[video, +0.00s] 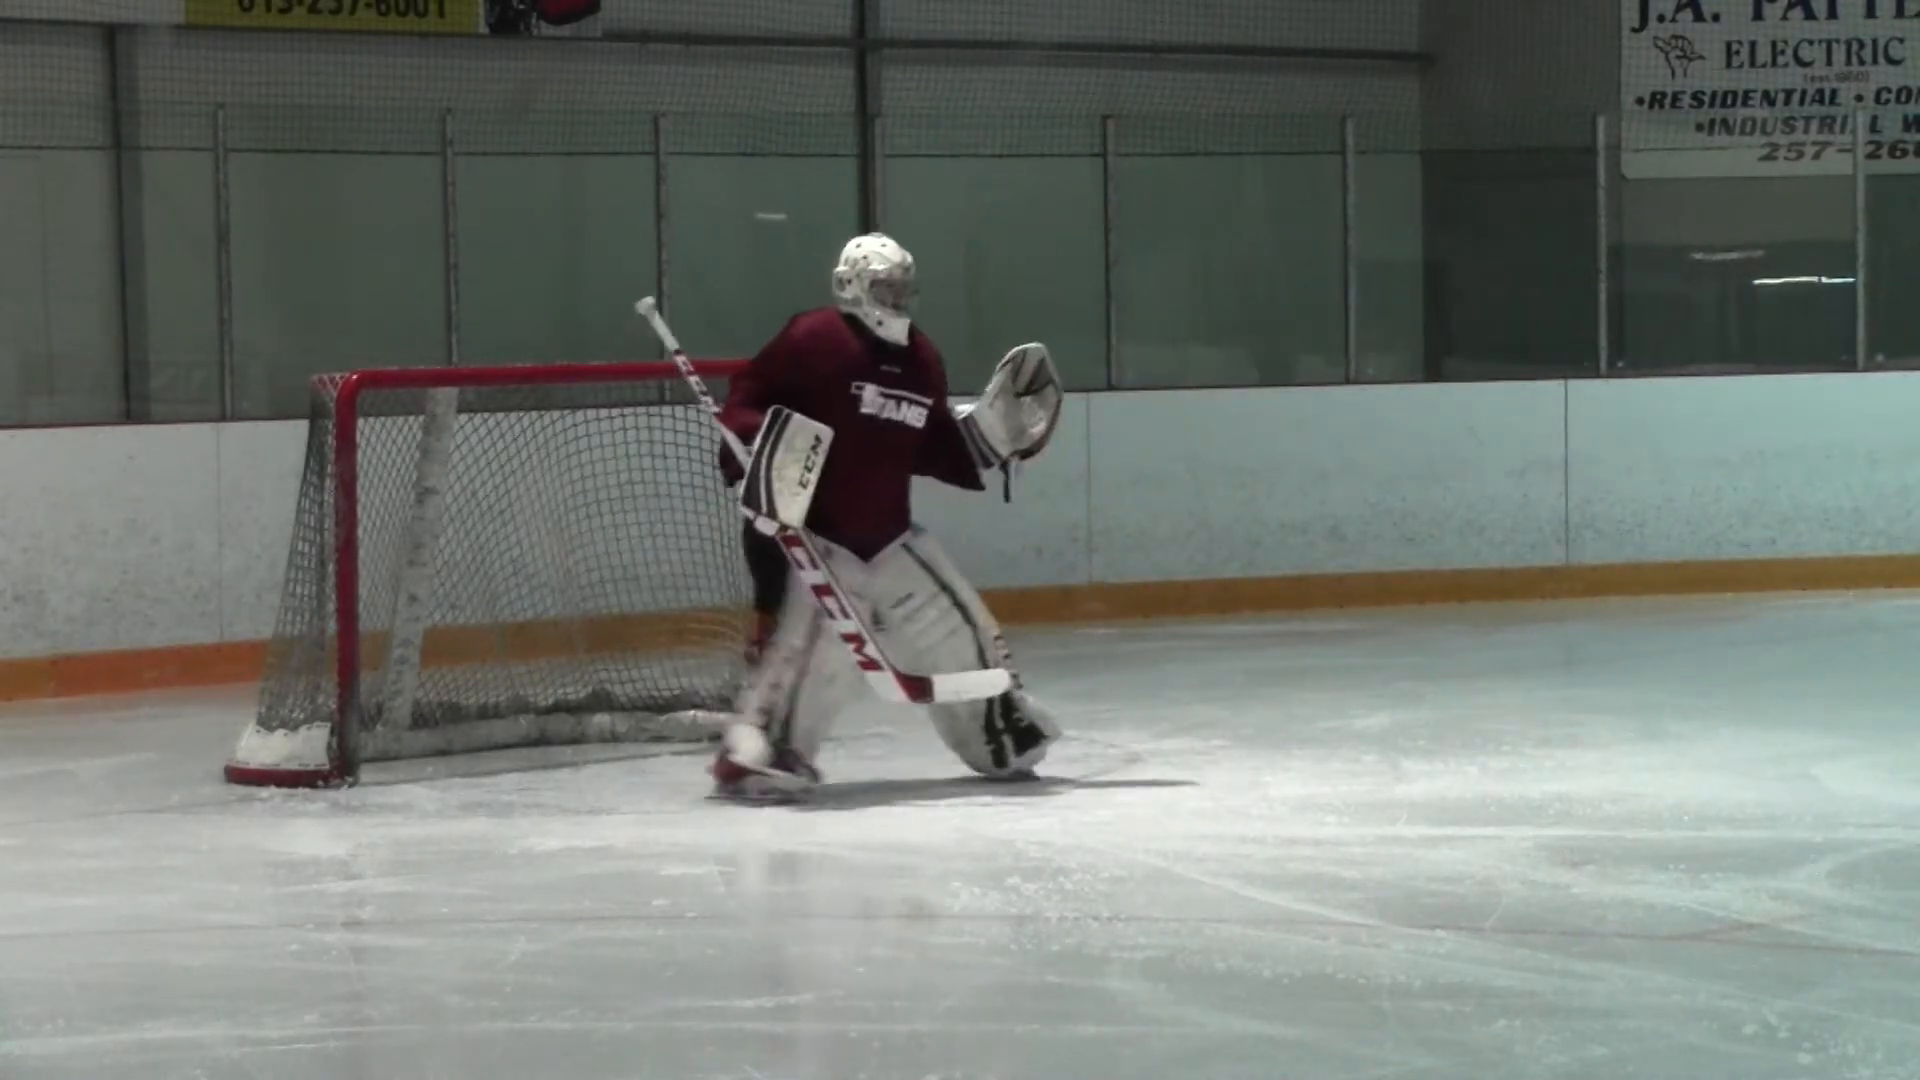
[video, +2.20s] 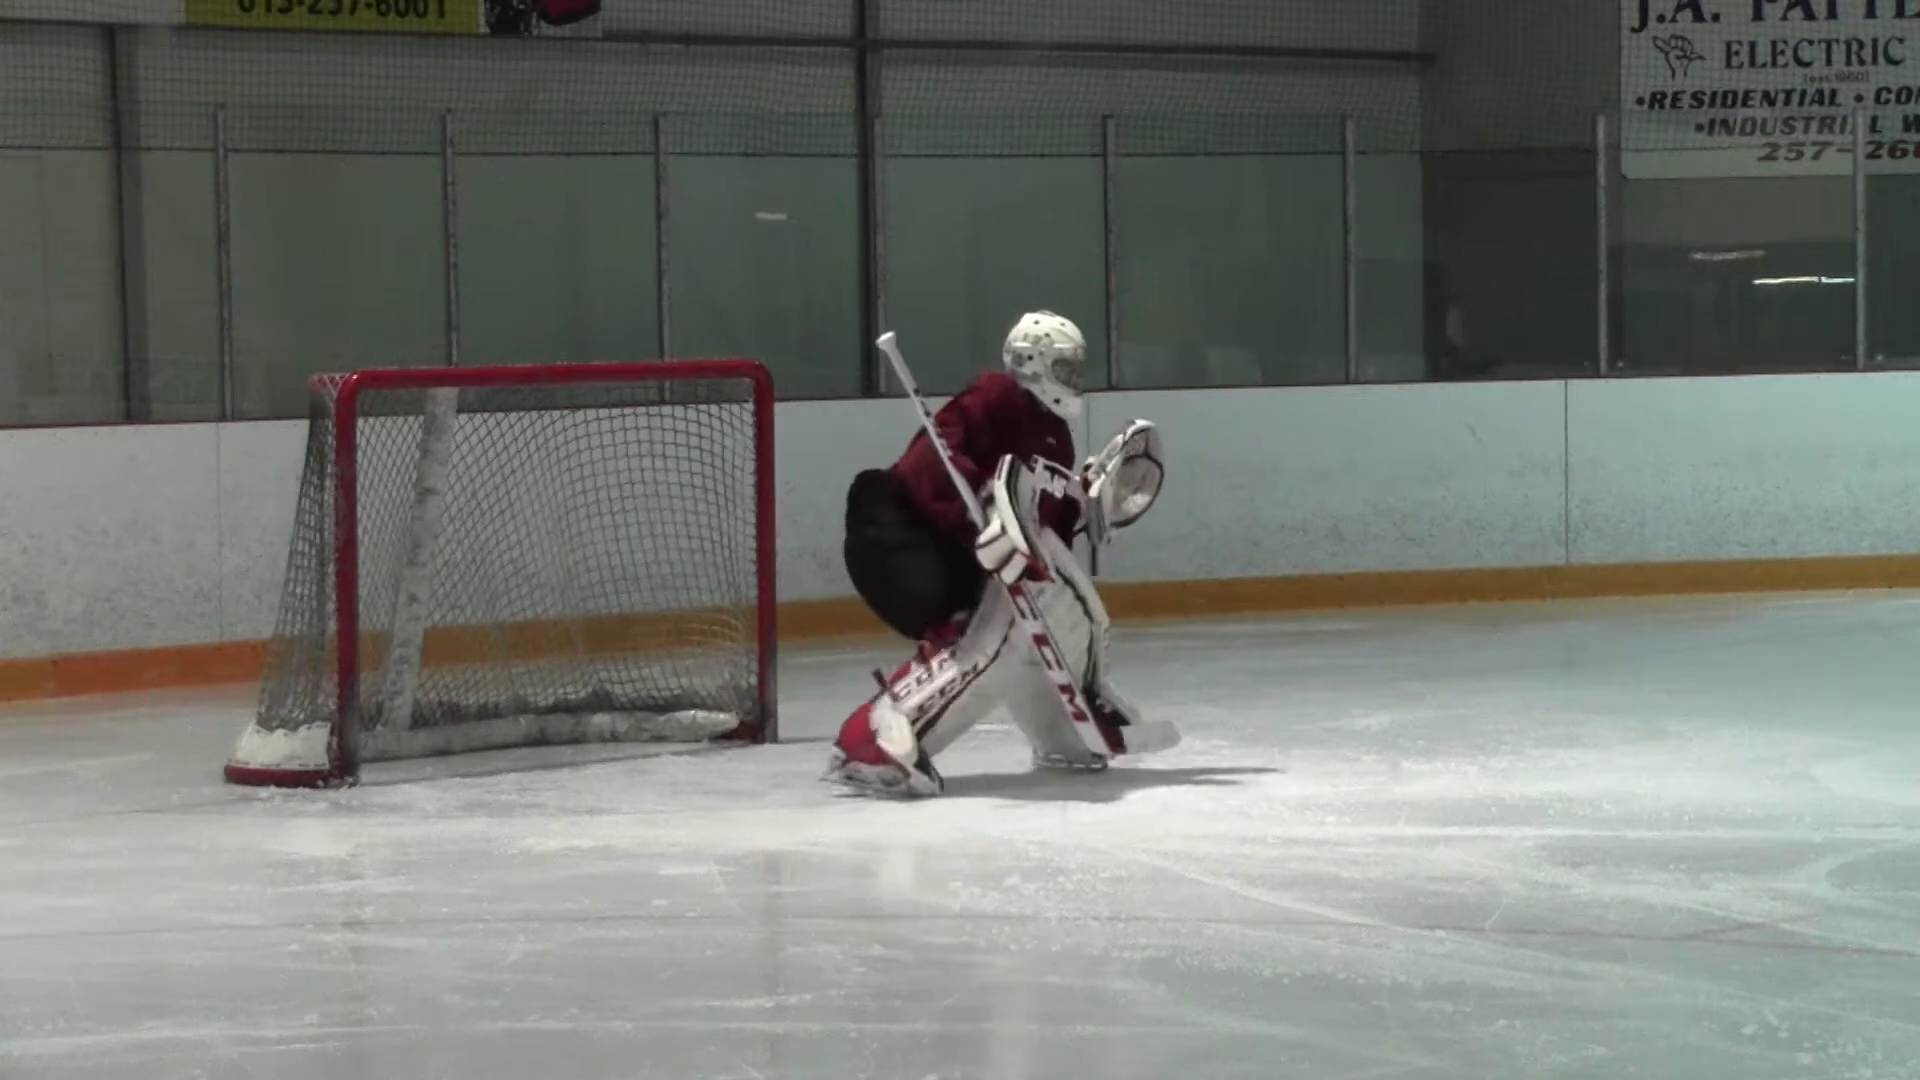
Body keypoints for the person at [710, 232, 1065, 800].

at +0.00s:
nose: (897, 301)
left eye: (903, 290)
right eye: (884, 289)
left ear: (910, 291)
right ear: (851, 289)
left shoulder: (920, 359)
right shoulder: (814, 339)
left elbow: (927, 447)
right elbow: (740, 407)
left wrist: (994, 433)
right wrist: (765, 455)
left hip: (888, 539)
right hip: (812, 537)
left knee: (955, 629)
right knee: (806, 656)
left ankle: (1000, 743)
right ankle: (760, 761)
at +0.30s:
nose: (954, 289)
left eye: (961, 277)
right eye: (941, 277)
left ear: (970, 278)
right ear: (908, 277)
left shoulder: (990, 350)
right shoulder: (877, 332)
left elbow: (1001, 444)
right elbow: (802, 400)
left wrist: (1064, 420)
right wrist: (832, 451)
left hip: (966, 529)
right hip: (887, 522)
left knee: (1026, 628)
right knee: (887, 636)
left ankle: (1056, 753)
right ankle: (844, 769)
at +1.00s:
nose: (929, 312)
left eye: (939, 300)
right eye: (917, 297)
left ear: (951, 300)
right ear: (884, 295)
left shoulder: (963, 368)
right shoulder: (849, 346)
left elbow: (964, 463)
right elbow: (769, 417)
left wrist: (1031, 441)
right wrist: (798, 471)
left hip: (917, 540)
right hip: (843, 532)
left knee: (973, 632)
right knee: (842, 647)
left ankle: (1005, 756)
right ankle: (759, 763)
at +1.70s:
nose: (1000, 361)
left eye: (1005, 350)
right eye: (988, 348)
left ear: (1011, 350)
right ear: (953, 347)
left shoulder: (1006, 420)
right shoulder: (912, 390)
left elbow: (1003, 500)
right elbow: (829, 440)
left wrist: (1054, 502)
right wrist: (858, 495)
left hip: (964, 548)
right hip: (891, 555)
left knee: (1014, 638)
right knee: (867, 669)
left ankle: (1029, 753)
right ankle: (794, 762)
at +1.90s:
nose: (1048, 367)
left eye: (1052, 355)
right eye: (1036, 355)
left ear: (1053, 354)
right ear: (1000, 353)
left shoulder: (1046, 427)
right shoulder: (965, 394)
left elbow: (1045, 513)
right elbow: (881, 448)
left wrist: (1095, 497)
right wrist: (928, 500)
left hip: (998, 561)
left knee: (1054, 624)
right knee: (914, 657)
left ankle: (1058, 736)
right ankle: (811, 760)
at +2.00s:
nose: (1065, 372)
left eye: (1068, 361)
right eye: (1054, 360)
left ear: (1070, 360)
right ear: (1020, 357)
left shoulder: (1055, 428)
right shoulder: (983, 388)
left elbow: (1048, 517)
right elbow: (907, 445)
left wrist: (1104, 506)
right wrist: (960, 507)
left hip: (1003, 553)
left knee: (1059, 640)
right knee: (940, 652)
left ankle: (1088, 744)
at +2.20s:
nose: (1074, 381)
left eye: (1077, 369)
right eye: (1063, 368)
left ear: (1075, 367)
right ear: (1030, 366)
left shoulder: (1054, 435)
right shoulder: (994, 397)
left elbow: (1050, 519)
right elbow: (926, 463)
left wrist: (1096, 501)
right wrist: (986, 526)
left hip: (962, 551)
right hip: (903, 540)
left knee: (1043, 616)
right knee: (981, 636)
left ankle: (1066, 739)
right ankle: (872, 743)